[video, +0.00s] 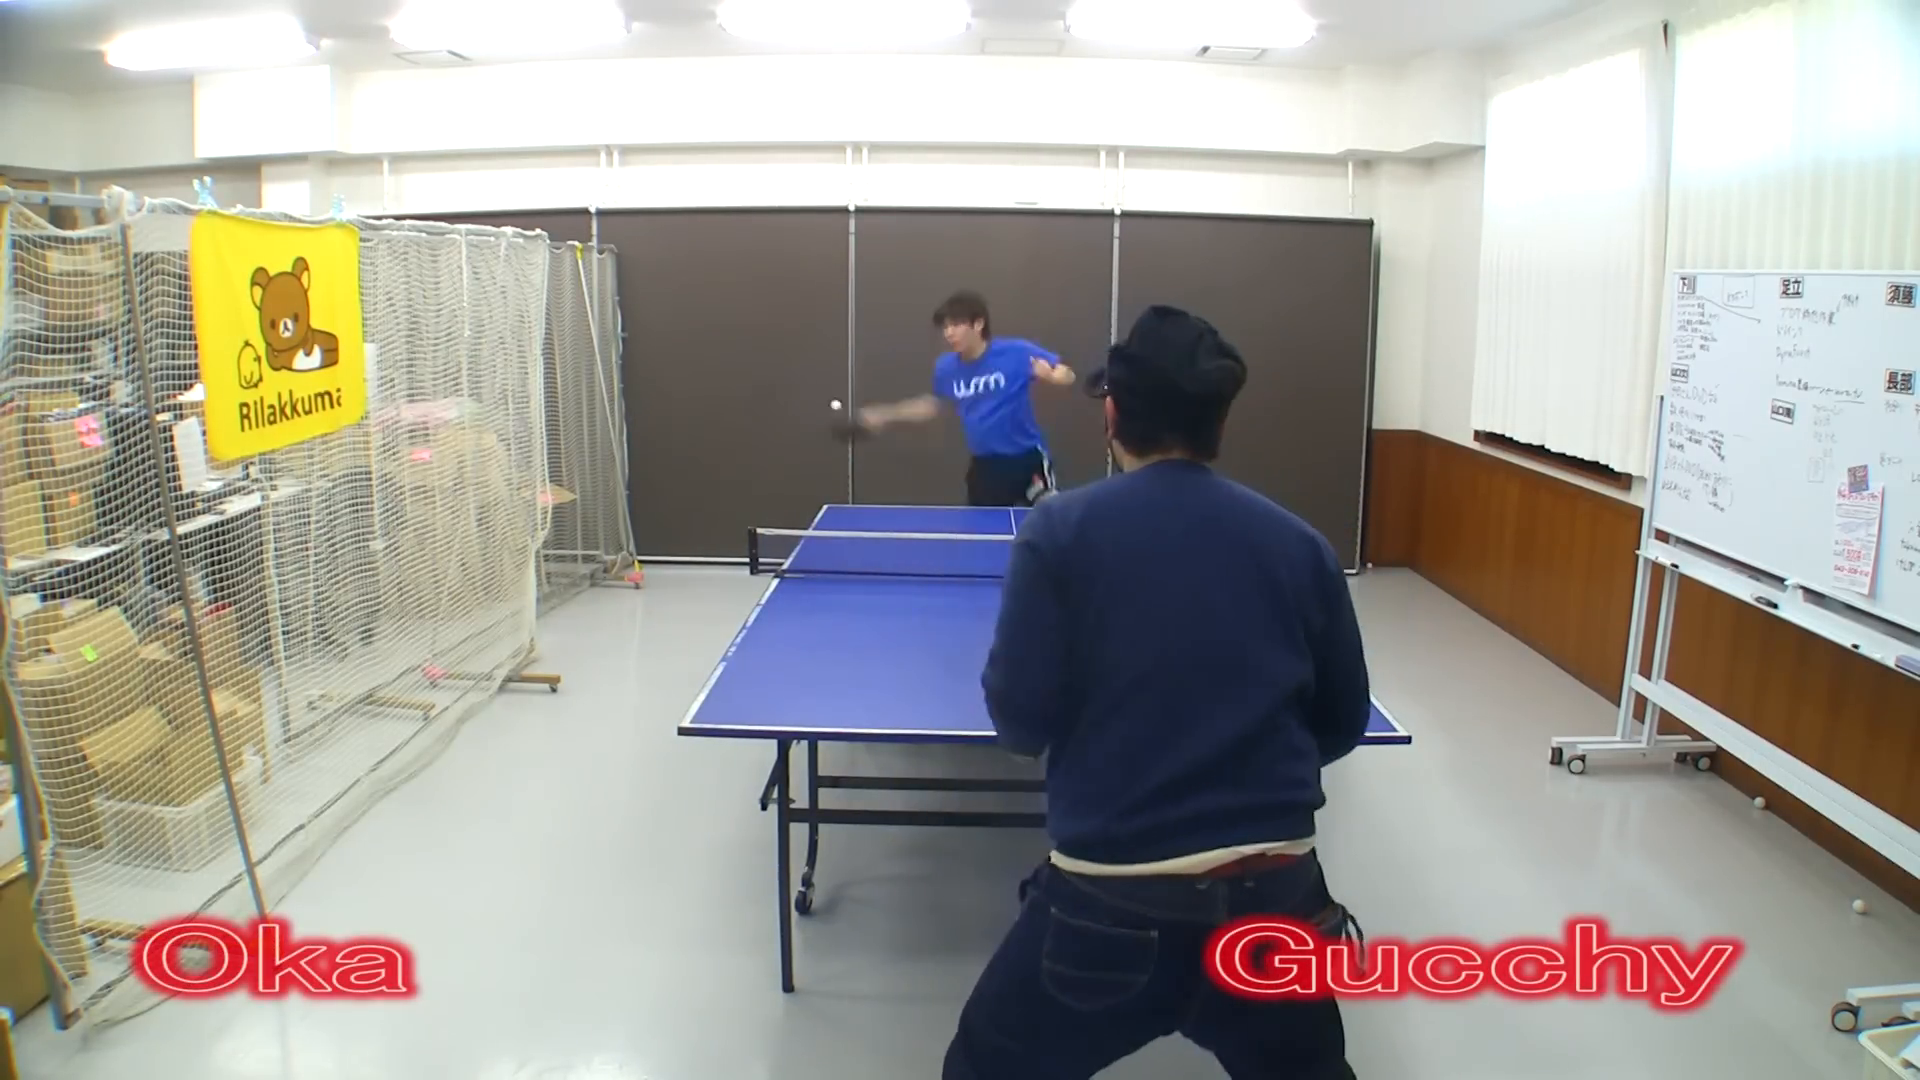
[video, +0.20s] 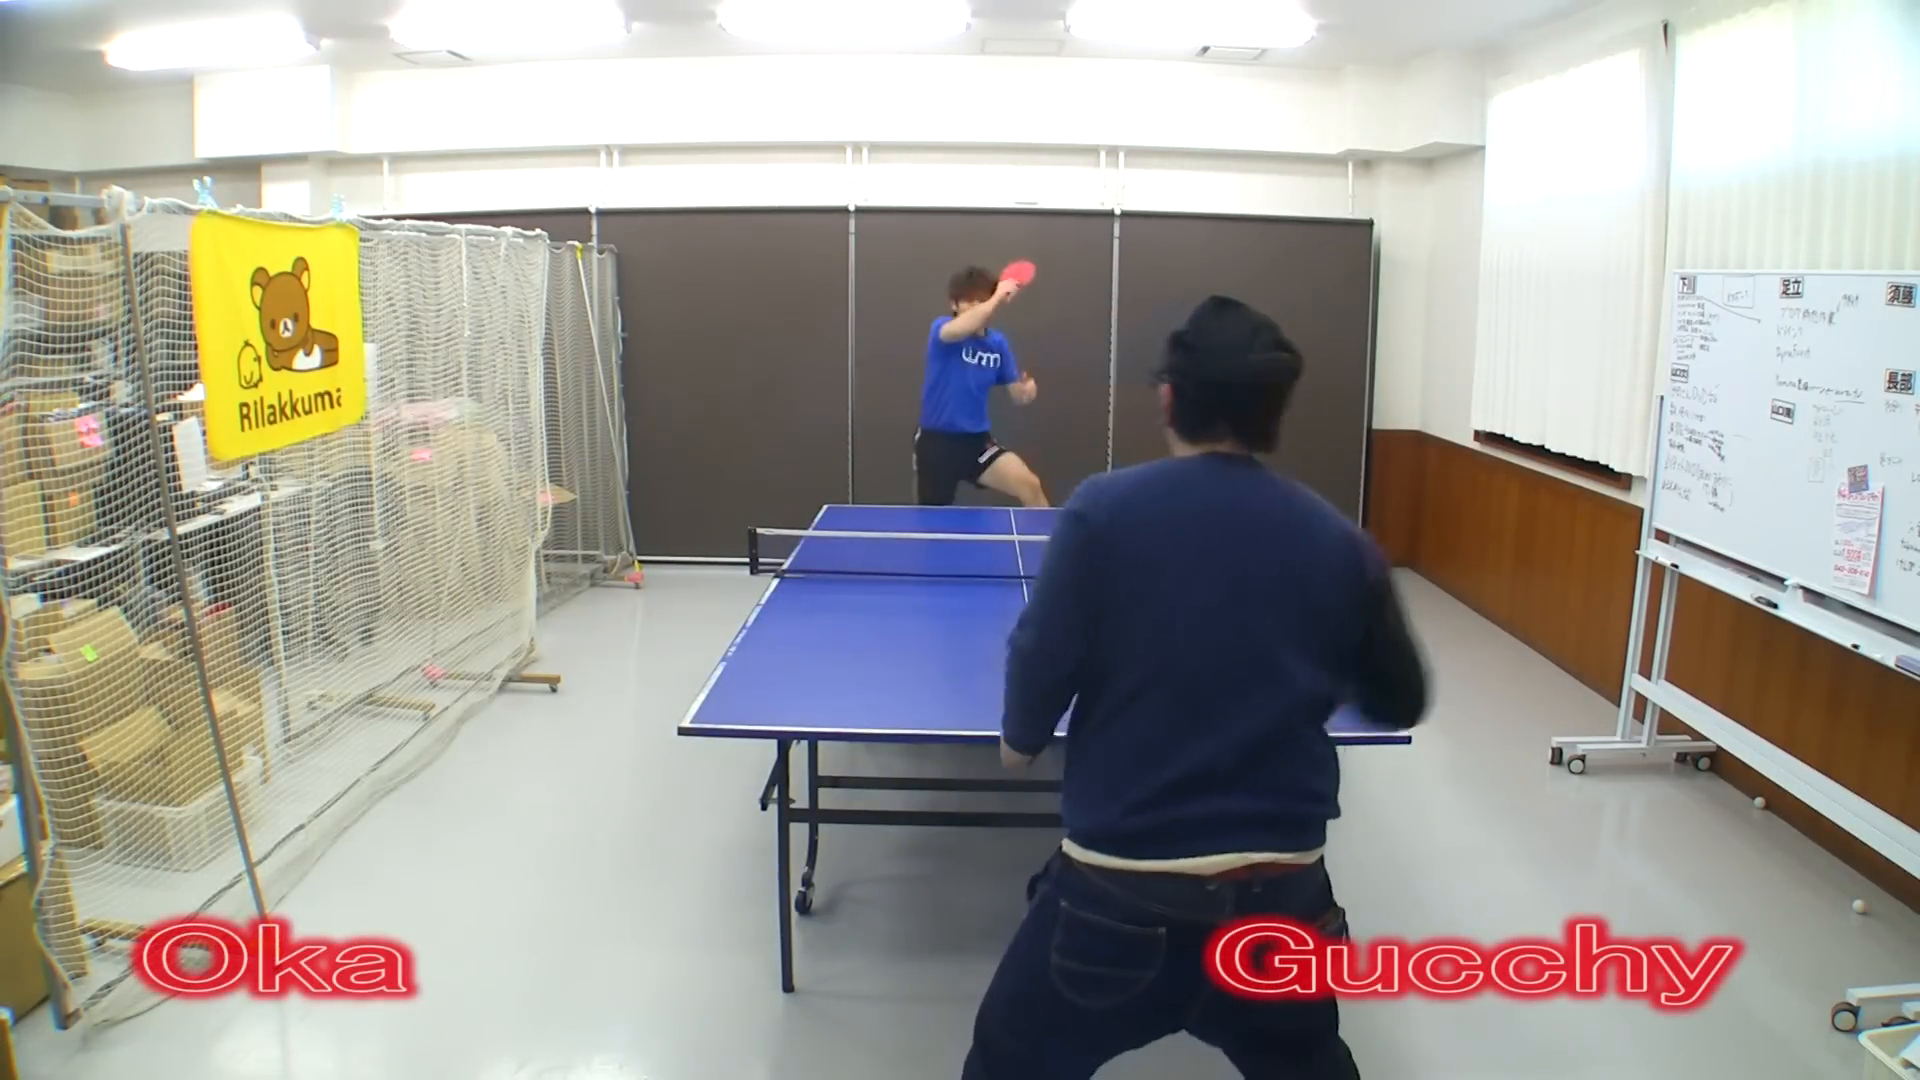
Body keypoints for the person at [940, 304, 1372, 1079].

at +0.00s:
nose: (1100, 406)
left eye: (1103, 393)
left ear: (1112, 412)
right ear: (1219, 419)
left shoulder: (1060, 531)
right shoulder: (1298, 542)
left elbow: (1021, 716)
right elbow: (1340, 719)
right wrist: (1232, 737)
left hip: (1108, 921)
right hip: (1275, 914)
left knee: (985, 1069)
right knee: (1315, 1071)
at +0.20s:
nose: (1156, 392)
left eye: (1160, 381)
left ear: (1167, 400)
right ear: (1278, 410)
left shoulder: (1103, 512)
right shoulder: (1333, 537)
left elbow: (1035, 681)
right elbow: (1400, 701)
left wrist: (1024, 739)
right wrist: (1301, 664)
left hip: (1116, 913)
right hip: (1282, 913)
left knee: (1008, 1067)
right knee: (1309, 1061)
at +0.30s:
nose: (1249, 401)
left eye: (1255, 389)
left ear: (1262, 407)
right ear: (1369, 421)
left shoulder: (1199, 493)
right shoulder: (1412, 538)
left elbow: (1123, 611)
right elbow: (1551, 605)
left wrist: (1044, 719)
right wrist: (1505, 632)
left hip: (1129, 888)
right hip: (1289, 902)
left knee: (1030, 1067)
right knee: (1310, 1062)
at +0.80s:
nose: (1456, 363)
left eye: (1461, 347)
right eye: (1461, 346)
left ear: (1474, 359)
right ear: (1573, 376)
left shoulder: (1420, 439)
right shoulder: (1621, 515)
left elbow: (1315, 546)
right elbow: (1698, 680)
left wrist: (1163, 638)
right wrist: (1648, 817)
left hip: (1334, 833)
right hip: (1478, 862)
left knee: (1220, 1056)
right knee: (1442, 1064)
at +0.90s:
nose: (1472, 359)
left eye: (1475, 345)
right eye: (1477, 342)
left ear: (1487, 356)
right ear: (1590, 374)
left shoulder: (1430, 440)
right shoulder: (1637, 516)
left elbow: (1305, 542)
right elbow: (1704, 692)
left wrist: (1148, 618)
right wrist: (1654, 816)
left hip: (1361, 840)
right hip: (1510, 863)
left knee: (1237, 1057)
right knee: (1486, 1062)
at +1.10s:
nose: (1487, 363)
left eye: (1491, 349)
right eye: (1492, 347)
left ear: (1503, 362)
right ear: (1599, 384)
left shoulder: (1446, 453)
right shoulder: (1653, 527)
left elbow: (1331, 589)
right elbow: (1675, 708)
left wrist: (1199, 692)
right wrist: (1614, 787)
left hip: (1380, 838)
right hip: (1530, 859)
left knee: (1241, 1048)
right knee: (1493, 1065)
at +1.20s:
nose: (1477, 351)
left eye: (1480, 338)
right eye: (1483, 336)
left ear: (1489, 353)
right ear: (1588, 377)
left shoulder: (1435, 452)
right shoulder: (1640, 521)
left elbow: (1353, 610)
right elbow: (1648, 703)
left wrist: (1247, 747)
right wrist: (1552, 753)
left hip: (1373, 845)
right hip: (1521, 863)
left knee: (1227, 1055)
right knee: (1490, 1069)